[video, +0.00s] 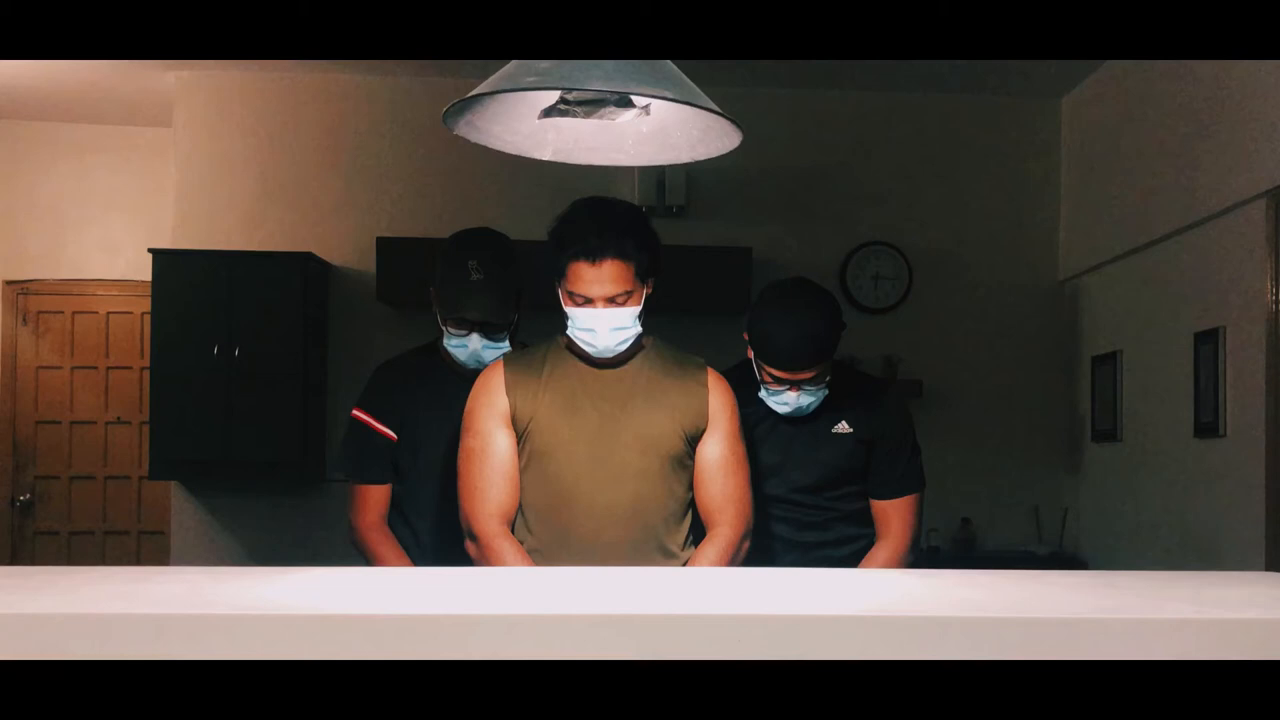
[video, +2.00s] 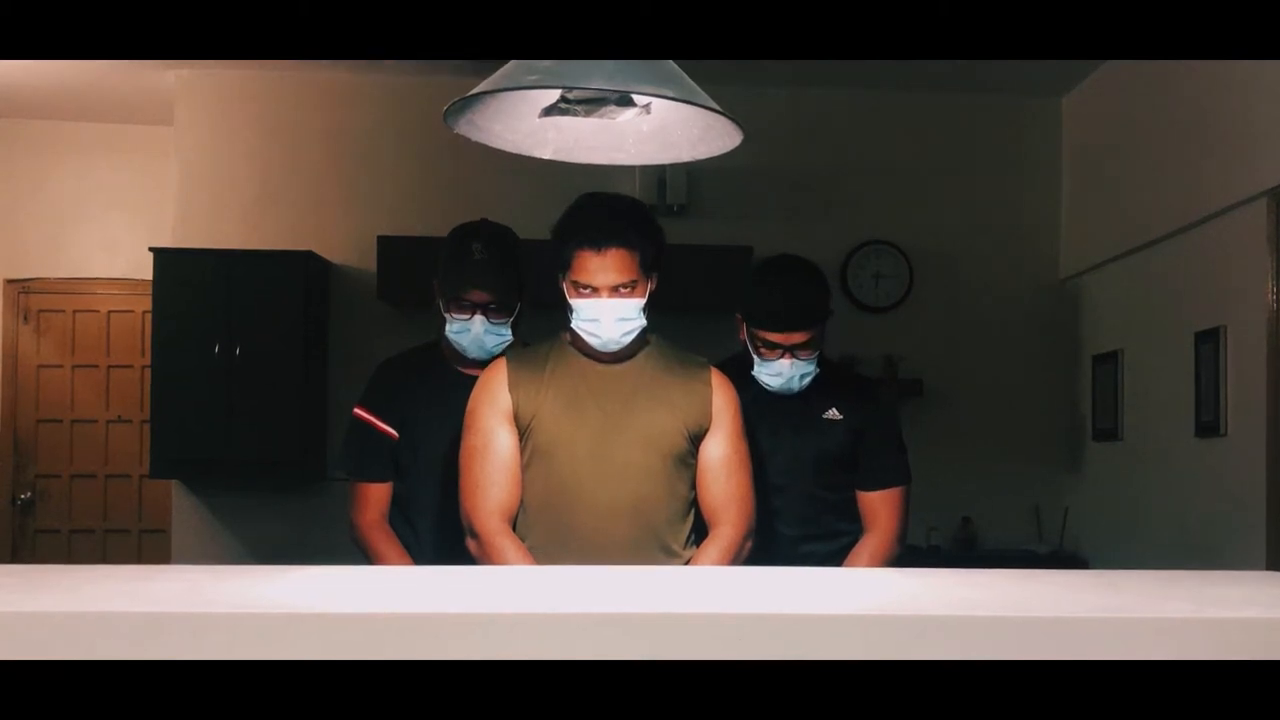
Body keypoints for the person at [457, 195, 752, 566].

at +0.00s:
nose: (600, 319)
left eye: (618, 300)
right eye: (581, 301)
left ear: (646, 291)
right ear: (560, 292)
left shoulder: (703, 390)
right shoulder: (504, 385)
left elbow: (729, 531)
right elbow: (487, 531)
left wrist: (671, 614)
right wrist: (551, 613)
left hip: (664, 611)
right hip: (542, 611)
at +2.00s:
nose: (604, 307)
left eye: (623, 289)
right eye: (586, 289)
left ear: (649, 286)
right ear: (564, 286)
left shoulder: (706, 389)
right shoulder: (507, 381)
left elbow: (732, 532)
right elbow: (486, 529)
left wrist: (671, 614)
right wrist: (553, 611)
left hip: (666, 612)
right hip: (543, 611)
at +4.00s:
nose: (606, 290)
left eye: (624, 271)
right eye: (586, 272)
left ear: (649, 276)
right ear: (564, 277)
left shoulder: (707, 388)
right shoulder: (507, 381)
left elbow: (733, 531)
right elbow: (486, 529)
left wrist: (669, 615)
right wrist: (555, 611)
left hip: (667, 615)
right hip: (545, 613)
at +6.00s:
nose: (601, 256)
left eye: (620, 242)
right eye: (583, 242)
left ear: (645, 268)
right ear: (560, 267)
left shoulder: (704, 387)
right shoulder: (503, 381)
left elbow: (732, 530)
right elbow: (483, 529)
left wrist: (668, 615)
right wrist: (552, 615)